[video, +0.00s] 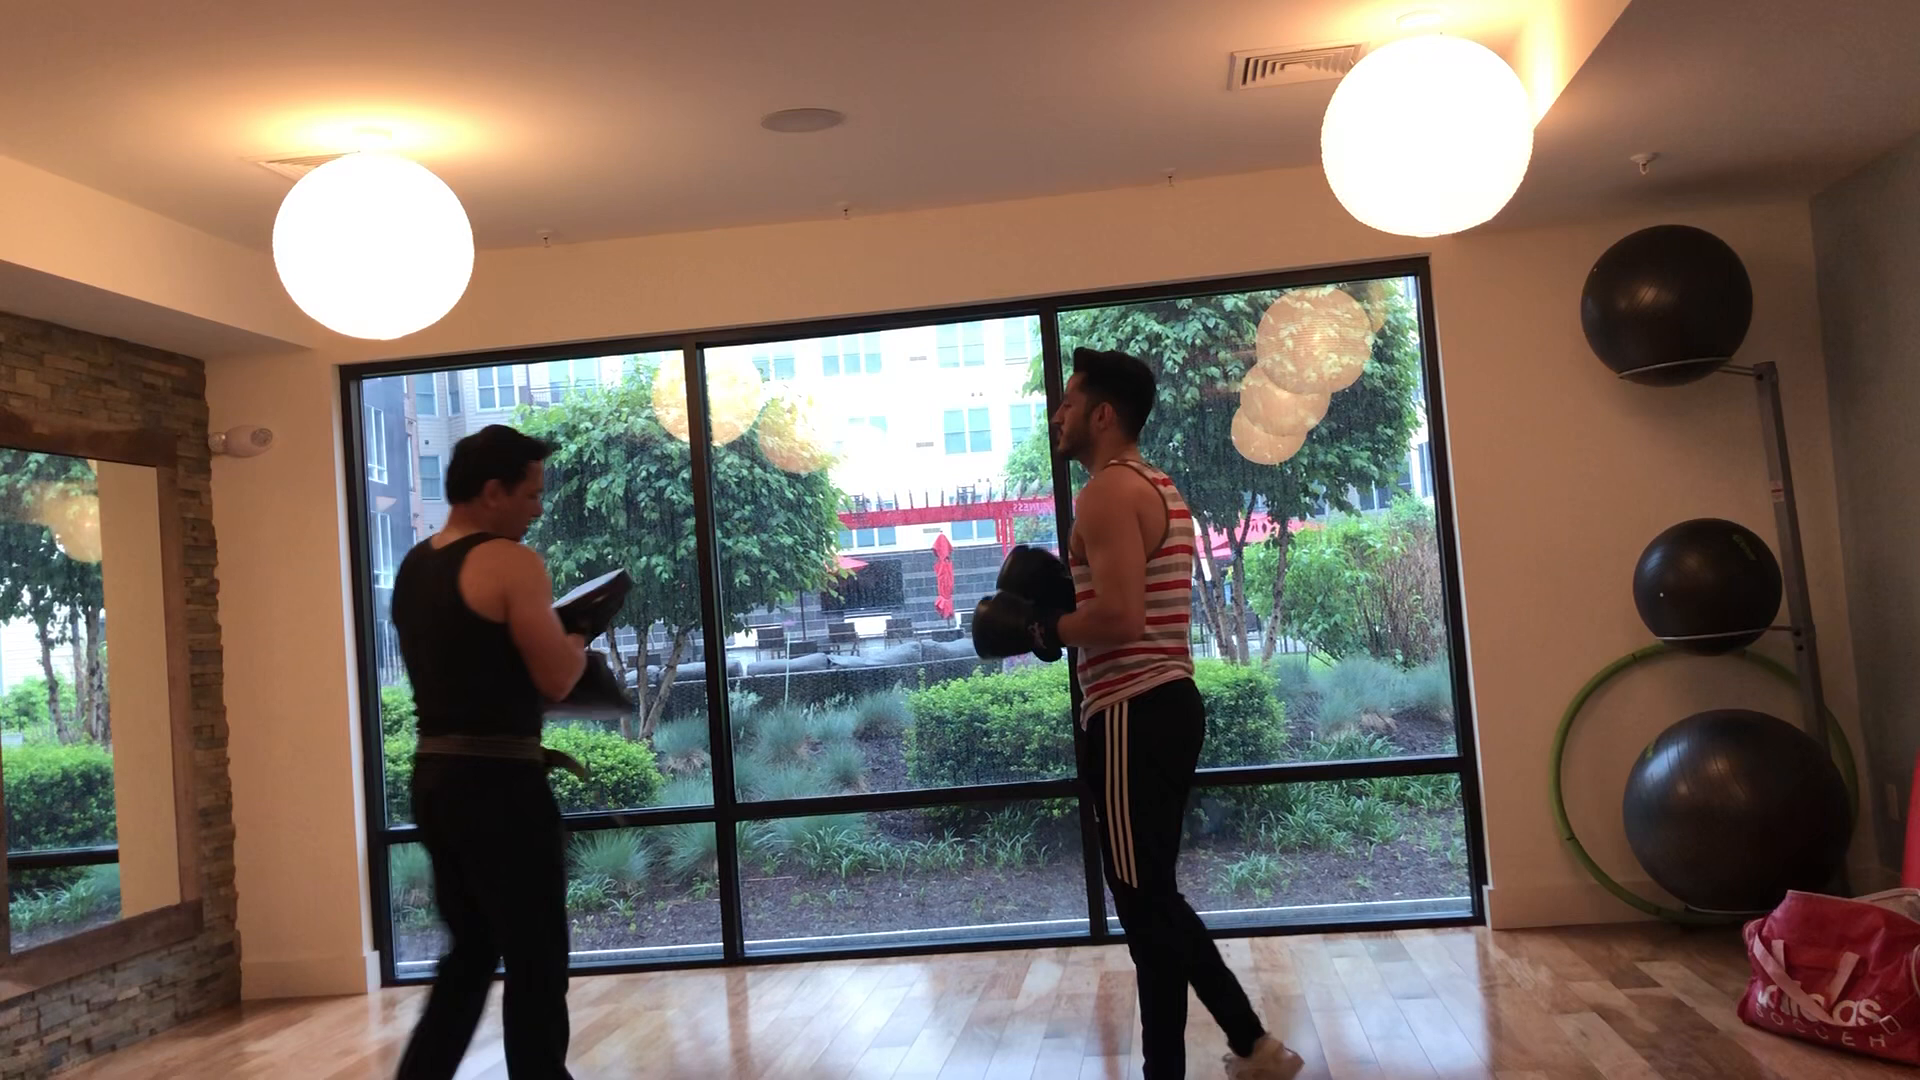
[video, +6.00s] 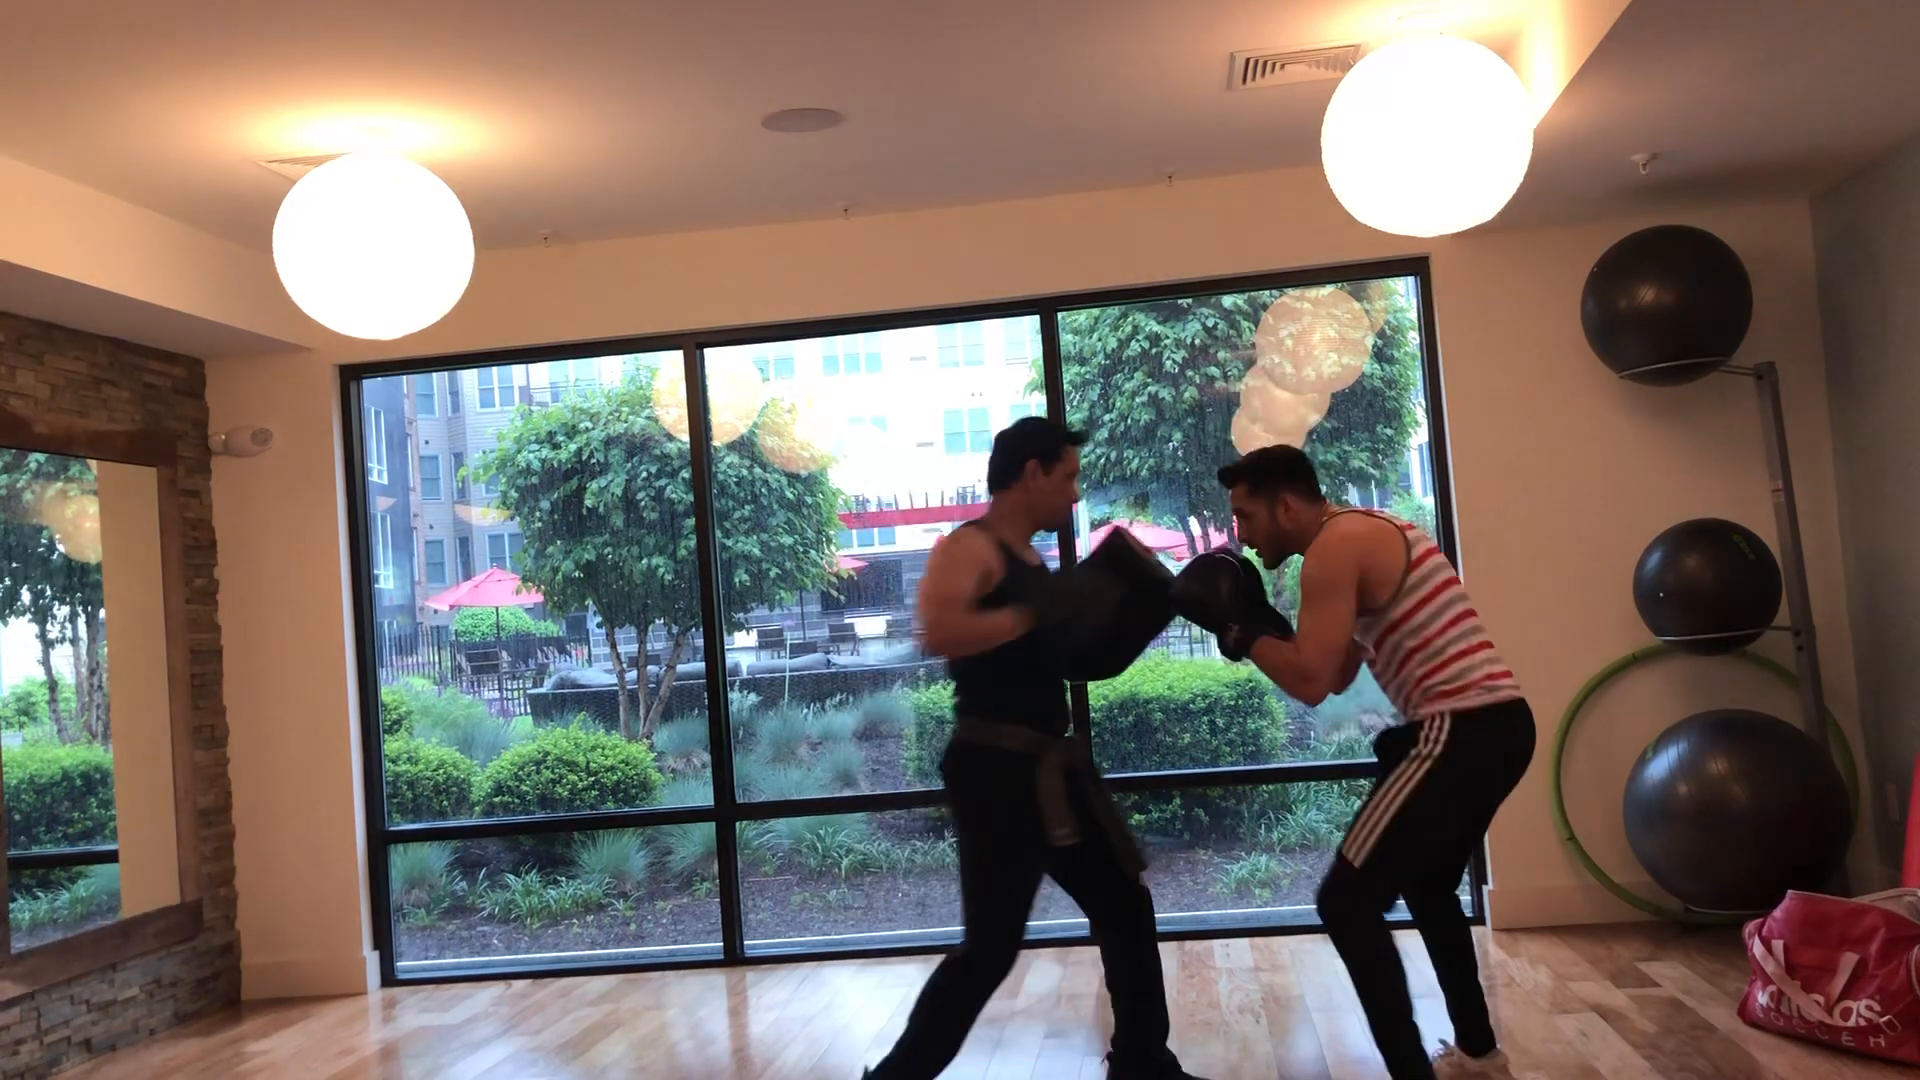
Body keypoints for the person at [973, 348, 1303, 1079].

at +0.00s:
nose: (1055, 413)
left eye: (1066, 400)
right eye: (1061, 399)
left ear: (1102, 413)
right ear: (1115, 417)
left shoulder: (1109, 493)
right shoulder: (1158, 489)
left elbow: (1117, 617)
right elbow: (1140, 604)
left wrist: (1044, 629)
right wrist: (1060, 597)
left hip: (1132, 708)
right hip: (1168, 701)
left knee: (1139, 895)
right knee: (1149, 892)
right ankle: (1250, 1044)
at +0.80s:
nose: (1126, 422)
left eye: (1134, 409)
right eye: (1130, 407)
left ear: (1167, 418)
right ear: (1189, 421)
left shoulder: (1169, 492)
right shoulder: (1238, 486)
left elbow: (1164, 613)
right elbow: (1227, 603)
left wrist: (1118, 619)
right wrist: (1142, 601)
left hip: (1203, 712)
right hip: (1259, 701)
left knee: (1181, 904)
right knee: (1271, 889)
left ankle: (1170, 1066)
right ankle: (1299, 1053)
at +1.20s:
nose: (1153, 423)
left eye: (1163, 410)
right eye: (1156, 409)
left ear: (1199, 418)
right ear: (1214, 421)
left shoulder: (1210, 485)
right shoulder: (1264, 484)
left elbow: (1215, 603)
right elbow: (1248, 602)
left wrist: (1157, 615)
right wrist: (1172, 605)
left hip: (1242, 704)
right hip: (1291, 696)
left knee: (1201, 885)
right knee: (1284, 882)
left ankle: (1267, 1056)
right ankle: (1300, 1050)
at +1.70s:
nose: (1197, 404)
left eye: (1212, 392)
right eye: (1201, 391)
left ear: (1256, 404)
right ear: (1248, 406)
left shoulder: (1279, 479)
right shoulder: (1258, 483)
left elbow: (1286, 599)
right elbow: (1267, 599)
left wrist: (1196, 605)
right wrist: (1194, 600)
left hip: (1293, 701)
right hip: (1263, 706)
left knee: (1320, 883)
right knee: (1267, 883)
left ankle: (1362, 1068)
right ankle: (1296, 1057)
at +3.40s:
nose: (1259, 421)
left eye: (1273, 406)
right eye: (1250, 410)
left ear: (1312, 410)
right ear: (1247, 419)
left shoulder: (1342, 478)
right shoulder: (1297, 495)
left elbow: (1407, 580)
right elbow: (1341, 592)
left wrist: (1312, 619)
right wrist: (1279, 619)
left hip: (1375, 698)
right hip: (1340, 702)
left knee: (1364, 883)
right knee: (1364, 882)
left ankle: (1376, 1062)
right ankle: (1401, 1047)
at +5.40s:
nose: (1241, 447)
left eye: (1246, 429)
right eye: (1238, 433)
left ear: (1283, 420)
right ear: (1305, 423)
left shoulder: (1317, 475)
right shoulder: (1366, 469)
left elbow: (1353, 582)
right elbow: (1368, 594)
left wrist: (1269, 602)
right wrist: (1285, 601)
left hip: (1390, 696)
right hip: (1434, 687)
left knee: (1332, 887)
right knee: (1419, 868)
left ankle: (1385, 1067)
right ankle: (1454, 1048)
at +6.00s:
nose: (1241, 534)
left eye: (1243, 516)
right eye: (1236, 519)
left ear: (1286, 504)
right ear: (1296, 503)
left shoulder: (1334, 546)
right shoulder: (1375, 531)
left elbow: (1307, 680)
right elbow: (1335, 676)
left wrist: (1239, 630)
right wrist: (1257, 618)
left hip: (1459, 731)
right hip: (1498, 724)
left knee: (1344, 902)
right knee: (1429, 885)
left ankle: (1412, 1072)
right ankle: (1477, 1043)